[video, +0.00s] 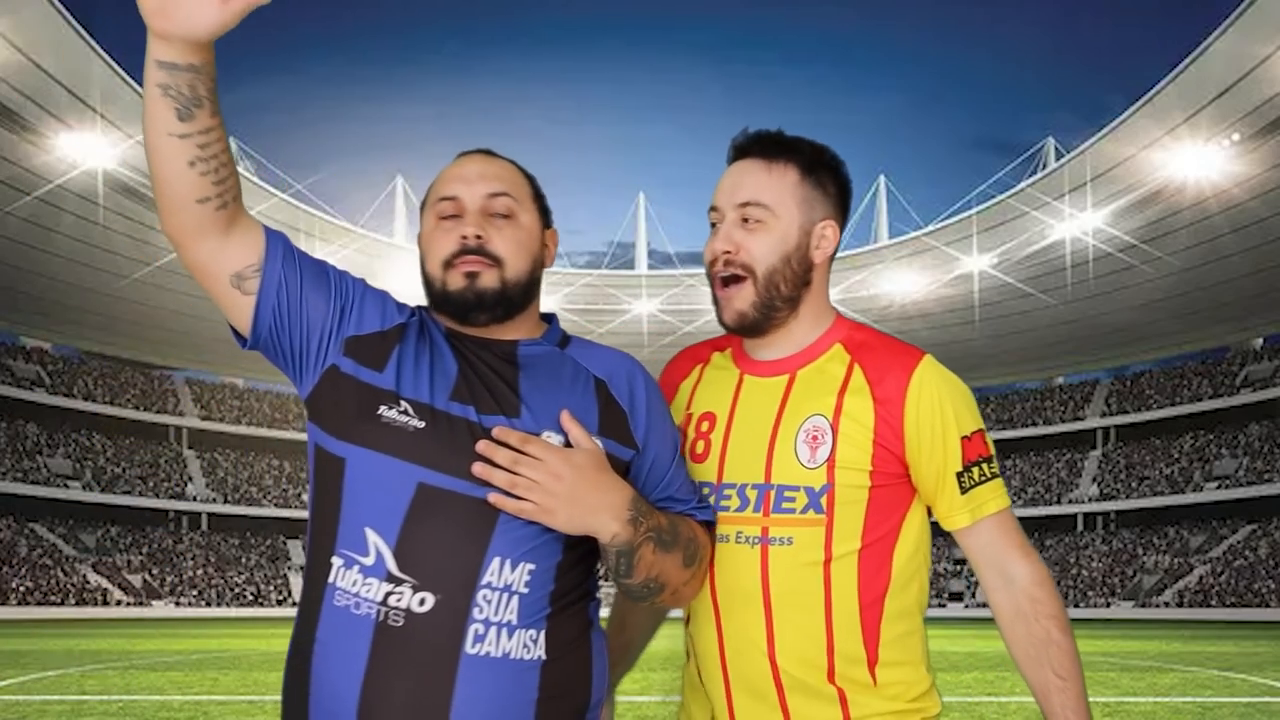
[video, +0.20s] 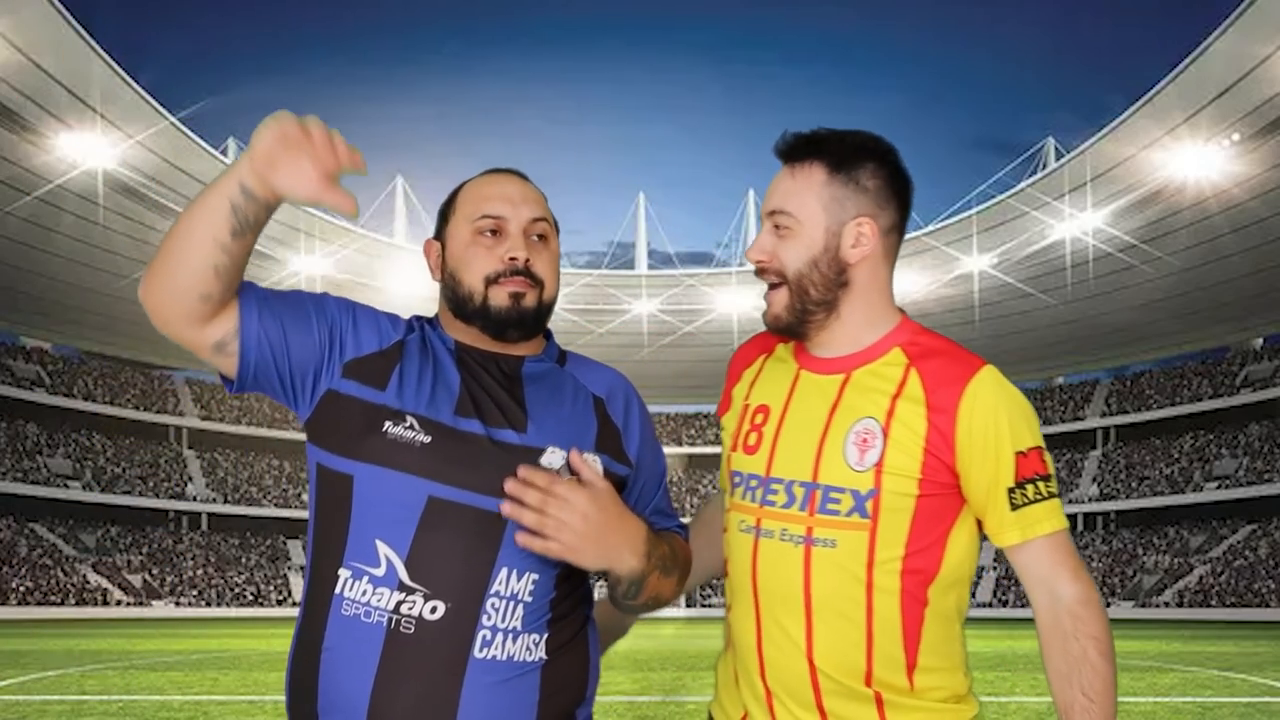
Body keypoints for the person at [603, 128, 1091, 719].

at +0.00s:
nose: (718, 246)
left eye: (751, 220)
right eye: (715, 224)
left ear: (821, 242)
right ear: (707, 238)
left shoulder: (910, 387)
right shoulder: (684, 381)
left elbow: (1012, 577)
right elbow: (655, 561)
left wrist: (1071, 717)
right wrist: (589, 689)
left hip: (872, 708)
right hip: (713, 709)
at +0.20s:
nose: (754, 253)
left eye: (780, 226)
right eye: (762, 227)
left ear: (858, 241)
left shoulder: (968, 396)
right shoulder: (751, 367)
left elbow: (1065, 600)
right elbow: (735, 515)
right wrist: (618, 603)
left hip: (905, 705)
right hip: (743, 706)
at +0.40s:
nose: (804, 265)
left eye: (828, 240)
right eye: (810, 237)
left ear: (906, 250)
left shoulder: (1015, 409)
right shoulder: (789, 362)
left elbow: (1109, 616)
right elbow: (745, 496)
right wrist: (635, 594)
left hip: (945, 707)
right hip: (785, 704)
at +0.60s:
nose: (800, 261)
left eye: (824, 235)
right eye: (809, 233)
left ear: (902, 248)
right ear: (898, 248)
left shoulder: (1016, 404)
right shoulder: (786, 365)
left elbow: (1107, 607)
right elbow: (758, 518)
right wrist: (699, 654)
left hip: (946, 707)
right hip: (783, 704)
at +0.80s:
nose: (766, 257)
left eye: (791, 232)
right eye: (773, 232)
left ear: (867, 240)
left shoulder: (981, 392)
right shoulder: (754, 372)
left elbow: (1060, 590)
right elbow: (737, 537)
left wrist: (1104, 714)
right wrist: (710, 690)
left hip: (922, 706)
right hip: (762, 706)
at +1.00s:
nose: (729, 261)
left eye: (752, 234)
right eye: (730, 237)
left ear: (829, 236)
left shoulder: (940, 382)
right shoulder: (714, 378)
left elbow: (1022, 573)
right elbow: (709, 568)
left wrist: (1059, 714)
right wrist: (703, 699)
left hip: (893, 705)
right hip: (733, 706)